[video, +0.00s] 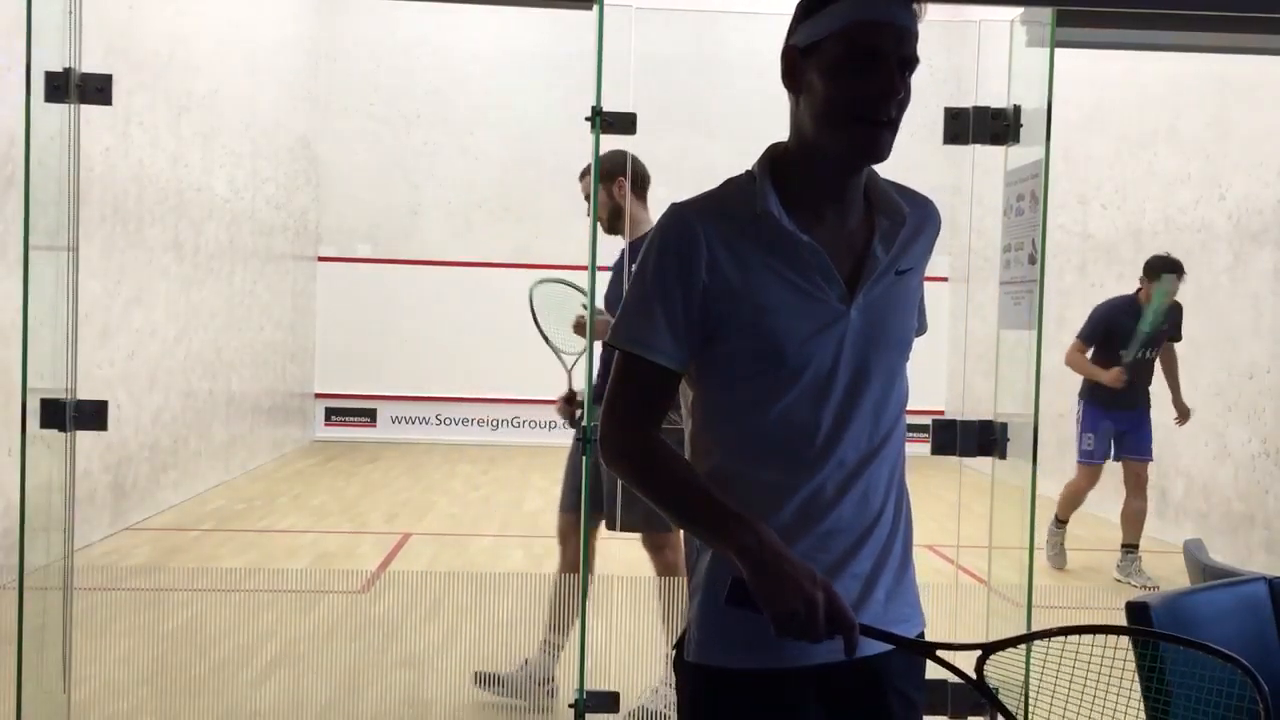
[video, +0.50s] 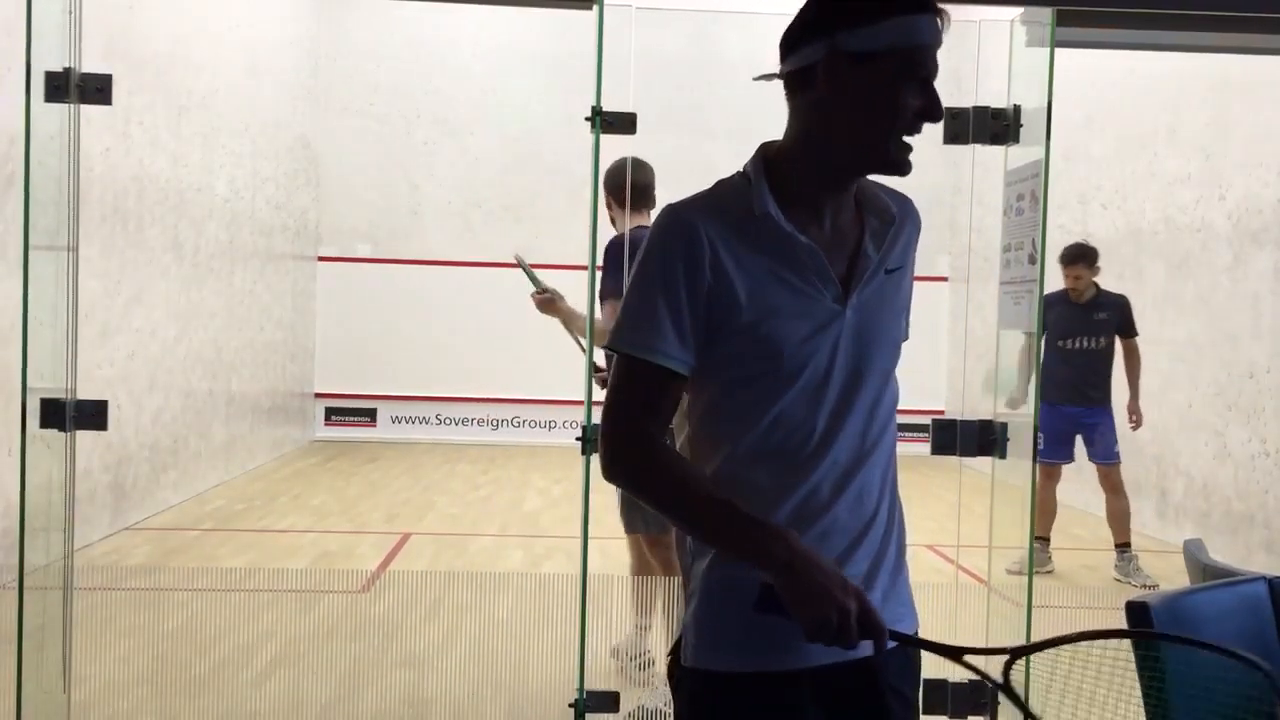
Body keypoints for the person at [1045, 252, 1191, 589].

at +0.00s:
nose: (1170, 296)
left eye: (1174, 289)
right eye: (1164, 289)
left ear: (1176, 289)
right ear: (1144, 284)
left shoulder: (1171, 312)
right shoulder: (1111, 311)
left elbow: (1167, 351)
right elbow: (1072, 357)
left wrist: (1177, 398)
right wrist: (1102, 374)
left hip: (1136, 407)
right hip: (1098, 405)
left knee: (1137, 482)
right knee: (1087, 478)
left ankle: (1128, 561)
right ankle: (1056, 529)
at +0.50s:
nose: (1070, 284)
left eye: (1077, 278)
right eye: (1066, 277)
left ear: (1094, 273)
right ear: (1061, 273)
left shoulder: (1116, 305)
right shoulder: (1049, 304)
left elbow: (1130, 350)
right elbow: (1029, 347)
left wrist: (1134, 398)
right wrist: (1021, 390)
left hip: (1097, 409)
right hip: (1054, 407)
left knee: (1112, 480)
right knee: (1047, 476)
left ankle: (1125, 559)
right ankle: (1040, 552)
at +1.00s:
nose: (1025, 281)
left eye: (1028, 274)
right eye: (1019, 278)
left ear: (1038, 270)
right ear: (1015, 280)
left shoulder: (1076, 294)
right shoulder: (1018, 305)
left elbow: (1105, 331)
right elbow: (1004, 351)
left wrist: (1107, 382)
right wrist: (996, 400)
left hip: (1072, 399)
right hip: (1035, 400)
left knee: (1065, 472)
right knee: (1038, 475)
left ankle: (1067, 557)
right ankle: (1038, 550)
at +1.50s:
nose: (1033, 273)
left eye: (1038, 265)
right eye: (1028, 266)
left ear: (1052, 262)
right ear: (1021, 268)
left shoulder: (1079, 297)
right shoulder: (1020, 302)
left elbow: (1092, 348)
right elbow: (994, 349)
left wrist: (1056, 365)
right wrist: (980, 386)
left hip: (1067, 404)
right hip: (1029, 403)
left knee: (1065, 478)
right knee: (1035, 479)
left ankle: (1067, 555)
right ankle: (1038, 551)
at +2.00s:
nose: (1025, 265)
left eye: (1032, 257)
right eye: (1019, 258)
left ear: (1045, 259)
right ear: (1011, 261)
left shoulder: (1062, 298)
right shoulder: (1014, 298)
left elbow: (1036, 337)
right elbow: (980, 333)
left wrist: (987, 358)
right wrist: (982, 316)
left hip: (1054, 403)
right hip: (1017, 401)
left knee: (1057, 479)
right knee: (1000, 477)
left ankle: (1067, 556)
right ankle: (1026, 542)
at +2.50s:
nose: (891, 299)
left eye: (896, 292)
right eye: (890, 293)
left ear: (918, 288)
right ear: (905, 295)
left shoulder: (960, 309)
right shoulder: (910, 322)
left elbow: (957, 356)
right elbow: (906, 334)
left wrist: (908, 384)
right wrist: (935, 297)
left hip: (980, 413)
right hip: (945, 413)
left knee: (1011, 487)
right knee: (899, 474)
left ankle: (1056, 549)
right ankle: (879, 544)